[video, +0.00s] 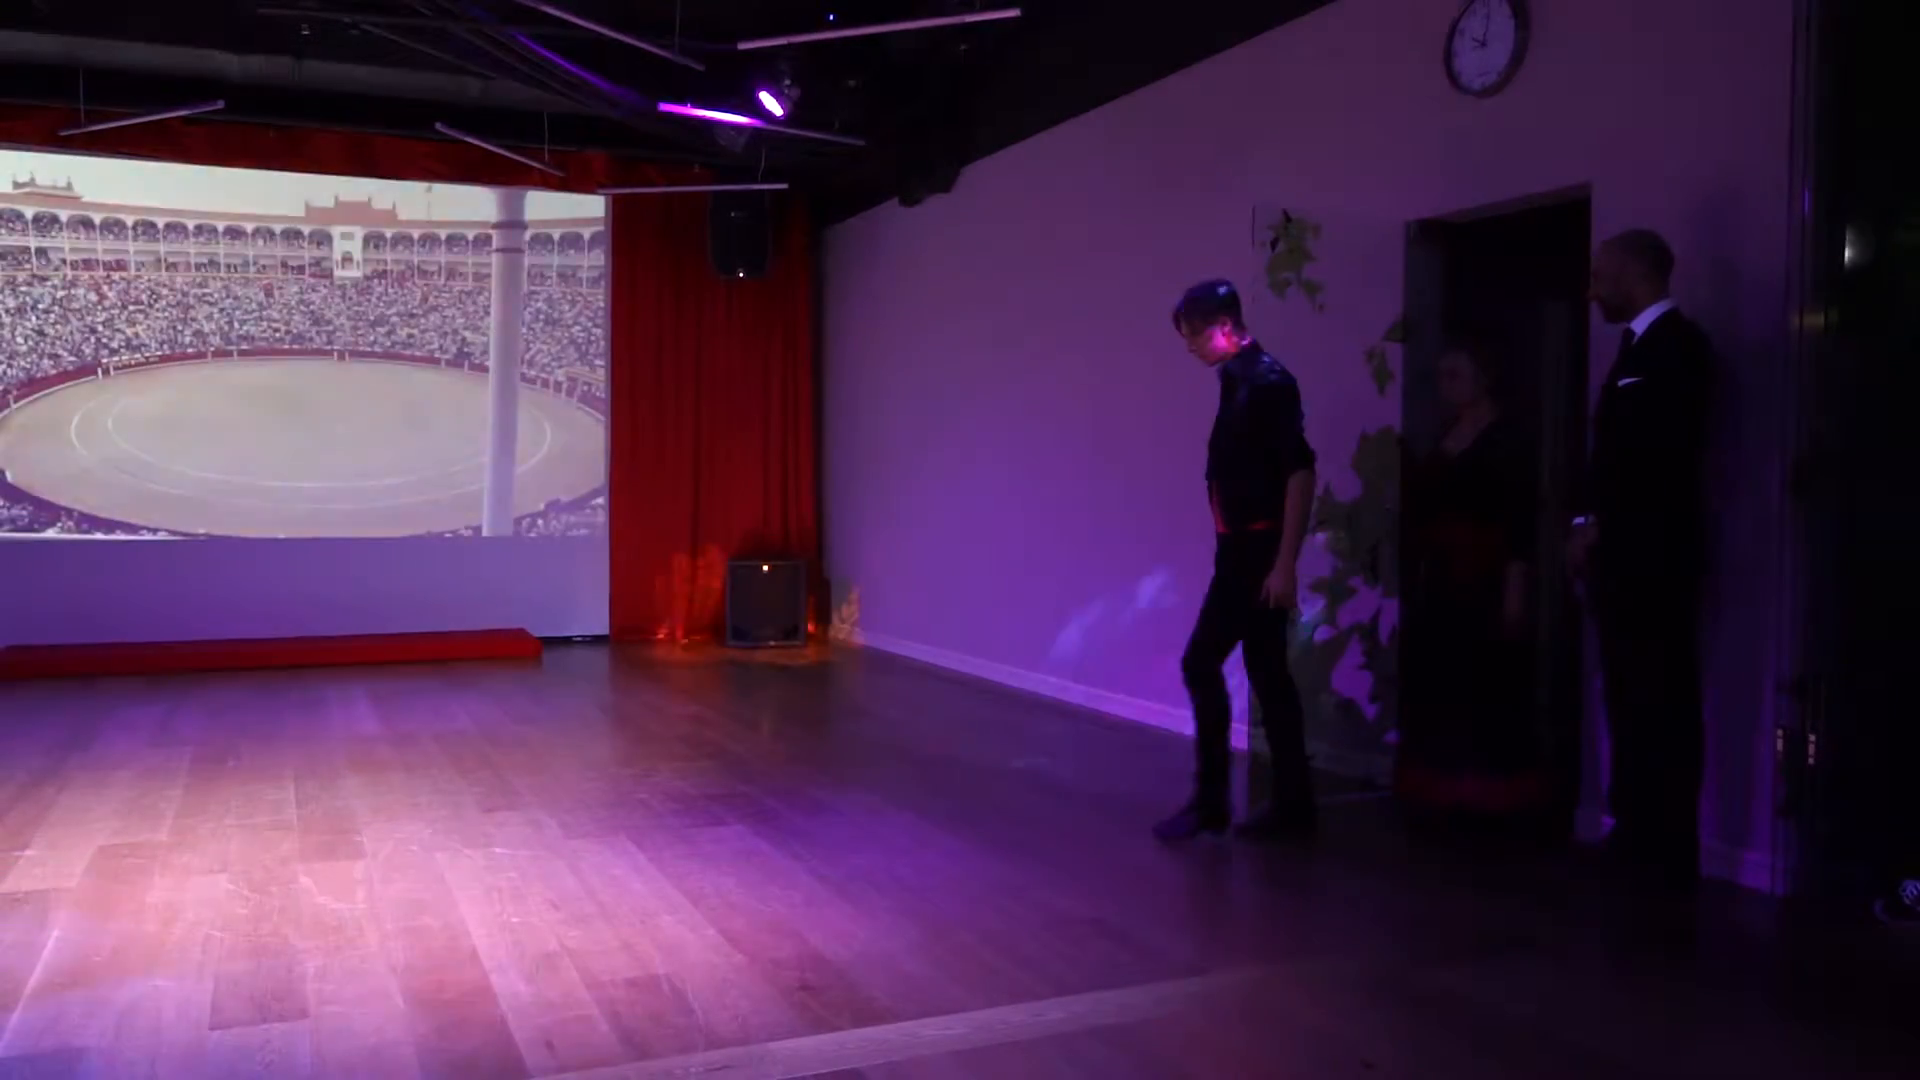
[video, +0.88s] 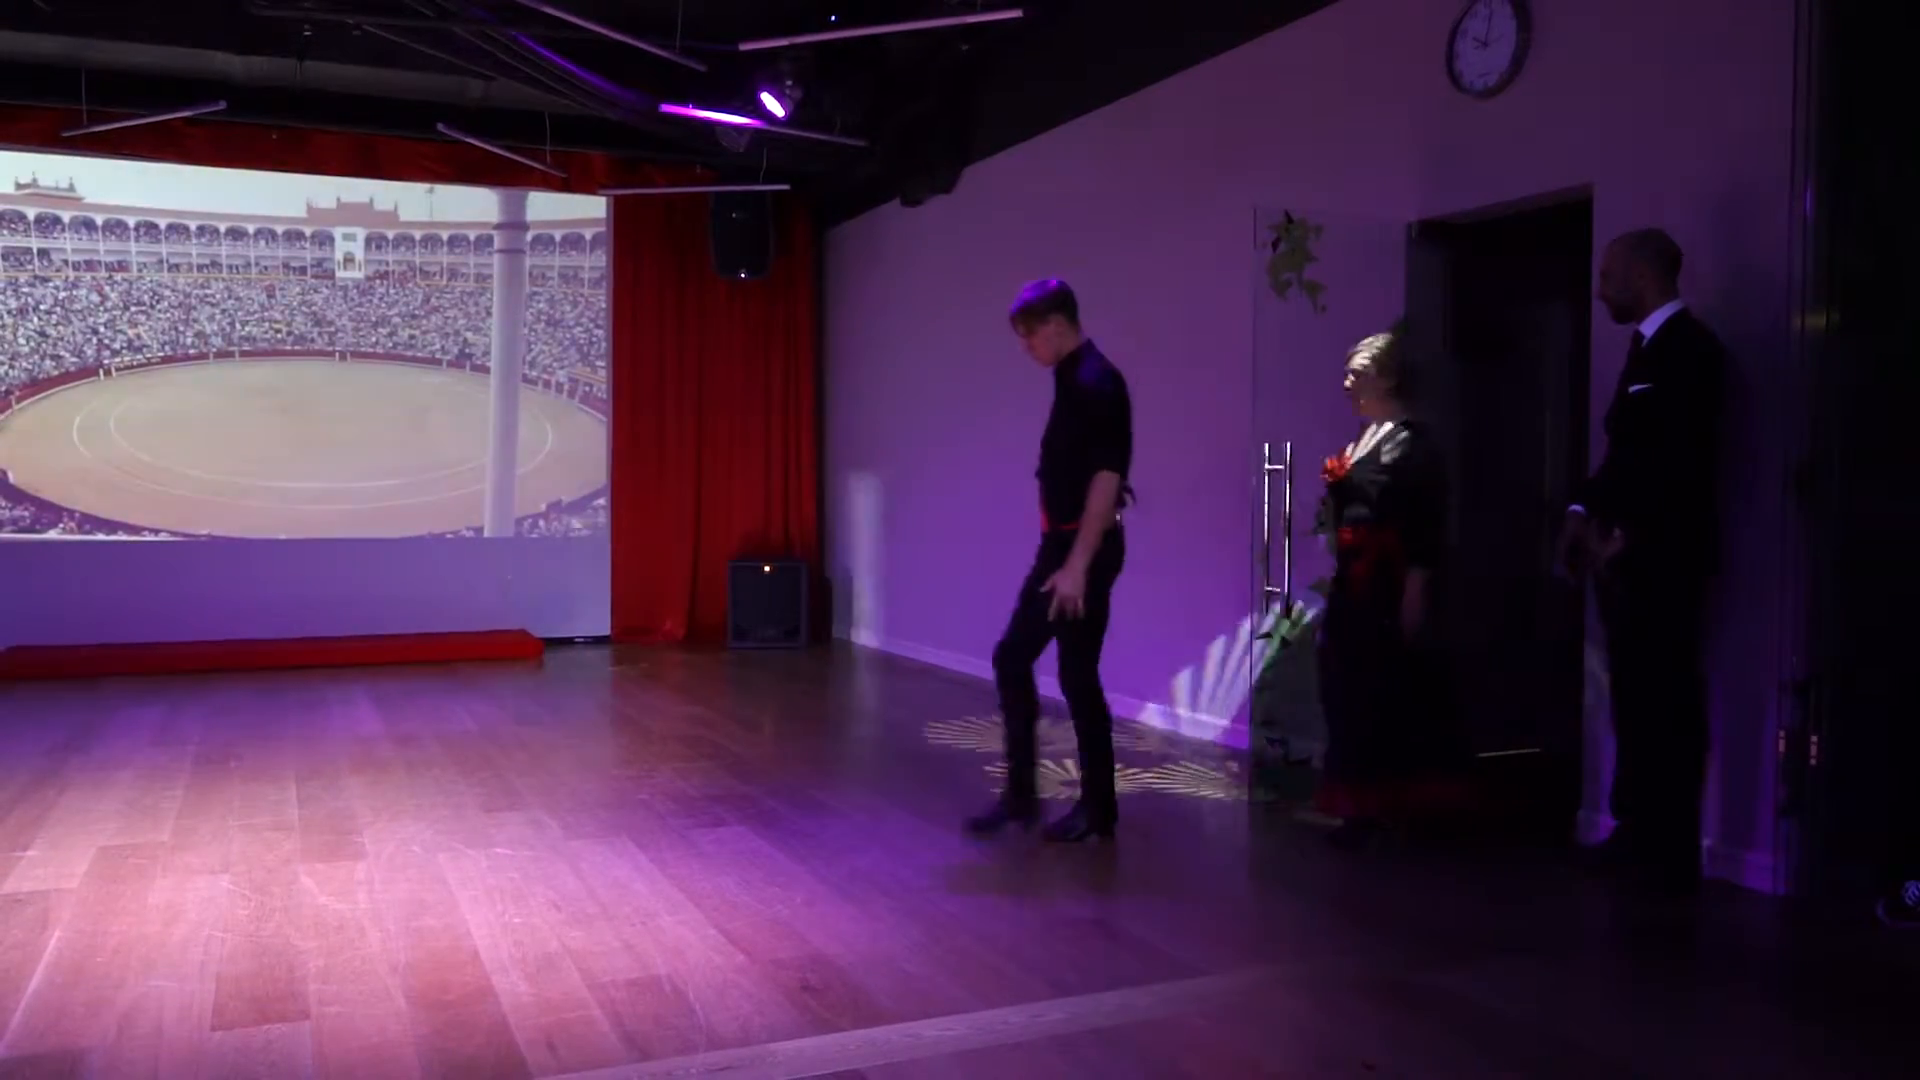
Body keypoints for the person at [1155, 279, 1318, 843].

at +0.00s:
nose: (1190, 349)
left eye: (1193, 337)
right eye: (1187, 339)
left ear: (1222, 327)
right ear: (1223, 328)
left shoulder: (1267, 381)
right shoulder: (1240, 379)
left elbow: (1300, 473)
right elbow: (1239, 466)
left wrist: (1285, 564)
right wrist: (1230, 542)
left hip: (1255, 551)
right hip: (1245, 548)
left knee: (1200, 663)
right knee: (1269, 675)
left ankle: (1211, 800)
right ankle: (1293, 802)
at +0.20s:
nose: (1164, 352)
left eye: (1167, 340)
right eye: (1160, 342)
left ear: (1197, 331)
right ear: (1198, 334)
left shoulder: (1239, 387)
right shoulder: (1211, 386)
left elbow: (1274, 477)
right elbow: (1212, 476)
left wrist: (1259, 569)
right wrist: (1201, 545)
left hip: (1228, 557)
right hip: (1216, 554)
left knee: (1169, 667)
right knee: (1259, 679)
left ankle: (1124, 801)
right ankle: (1294, 804)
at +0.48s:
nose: (1109, 347)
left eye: (1113, 334)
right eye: (1104, 337)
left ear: (1142, 324)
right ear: (1134, 329)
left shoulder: (1179, 382)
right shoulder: (1155, 380)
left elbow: (1205, 476)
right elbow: (1159, 471)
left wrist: (1189, 565)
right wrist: (1138, 548)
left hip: (1161, 550)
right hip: (1151, 547)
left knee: (1123, 670)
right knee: (1188, 668)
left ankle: (1101, 805)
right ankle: (1268, 779)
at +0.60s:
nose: (1083, 346)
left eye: (1085, 332)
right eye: (1078, 335)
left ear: (1113, 322)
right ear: (1111, 324)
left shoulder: (1153, 380)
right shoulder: (1127, 377)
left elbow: (1173, 476)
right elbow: (1126, 469)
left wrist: (1153, 564)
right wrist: (1105, 542)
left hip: (1135, 546)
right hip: (1117, 542)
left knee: (1112, 672)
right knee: (1126, 670)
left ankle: (1100, 806)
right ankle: (1222, 766)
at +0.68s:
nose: (1067, 344)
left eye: (1071, 331)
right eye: (1063, 333)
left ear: (1098, 321)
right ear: (1091, 326)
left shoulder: (1138, 380)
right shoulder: (1112, 376)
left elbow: (1152, 478)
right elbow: (1112, 469)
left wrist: (1127, 564)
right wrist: (1093, 546)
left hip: (1123, 542)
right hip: (1099, 539)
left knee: (1097, 668)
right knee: (1086, 665)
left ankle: (1099, 806)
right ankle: (1175, 763)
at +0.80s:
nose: (1045, 346)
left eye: (1048, 334)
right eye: (1041, 336)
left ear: (1075, 323)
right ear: (1066, 327)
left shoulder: (1116, 380)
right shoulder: (1088, 376)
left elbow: (1125, 480)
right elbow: (1096, 467)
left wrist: (1096, 563)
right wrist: (1073, 537)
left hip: (1103, 543)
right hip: (1078, 540)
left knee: (1086, 673)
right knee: (1034, 657)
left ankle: (1097, 804)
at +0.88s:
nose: (1027, 346)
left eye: (1031, 333)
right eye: (1023, 335)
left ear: (1058, 324)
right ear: (1049, 329)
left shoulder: (1097, 383)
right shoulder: (1071, 380)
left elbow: (1107, 481)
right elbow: (1077, 472)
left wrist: (1077, 566)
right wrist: (1054, 546)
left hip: (1090, 546)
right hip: (1062, 542)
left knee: (1079, 677)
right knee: (1011, 658)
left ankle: (1098, 806)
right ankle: (1019, 793)